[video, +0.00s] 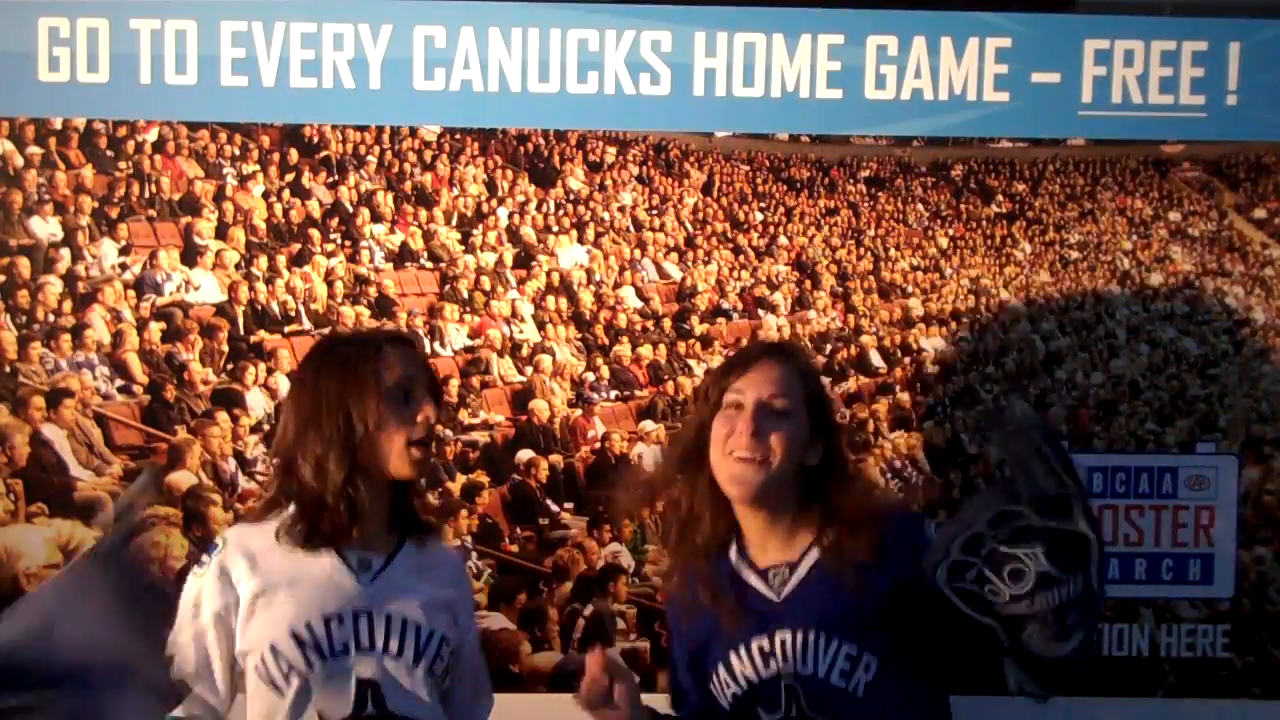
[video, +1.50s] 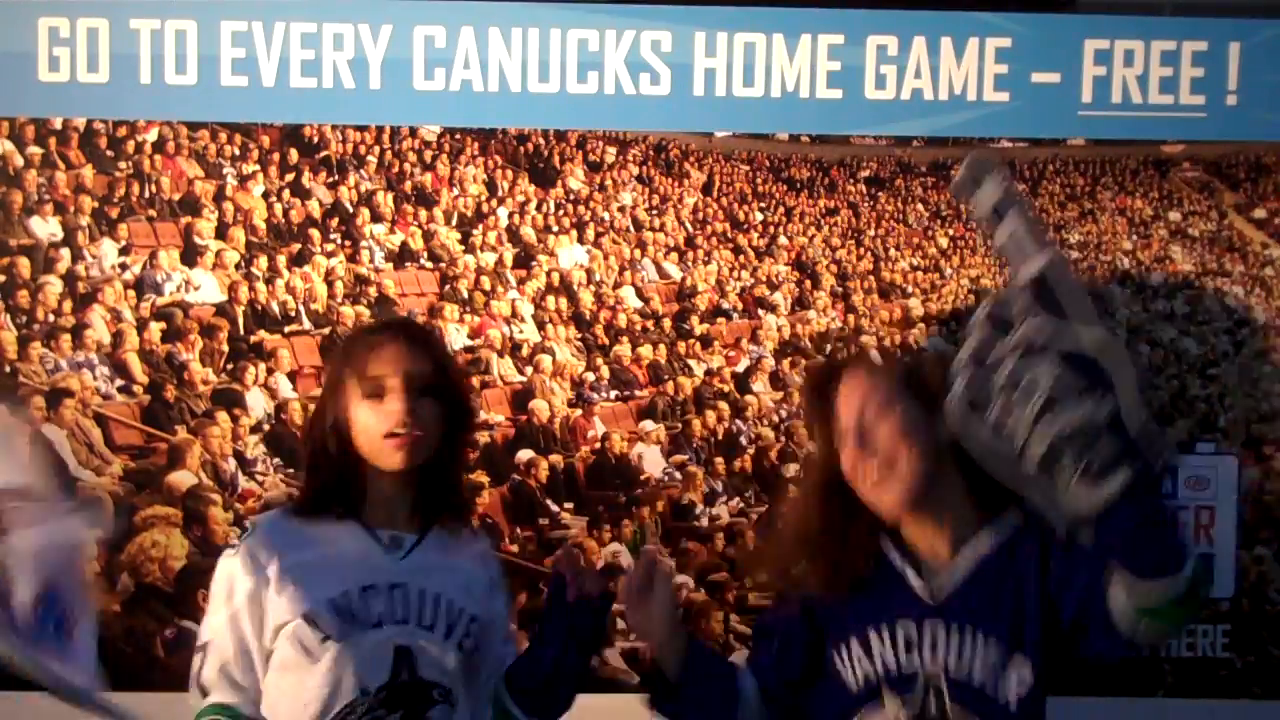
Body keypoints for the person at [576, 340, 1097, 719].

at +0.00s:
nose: (746, 431)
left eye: (774, 414)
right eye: (730, 409)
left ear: (814, 445)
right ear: (705, 432)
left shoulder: (895, 550)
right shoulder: (691, 589)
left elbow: (977, 678)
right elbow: (698, 717)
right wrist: (634, 714)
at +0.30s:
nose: (742, 434)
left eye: (766, 409)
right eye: (739, 417)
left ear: (841, 420)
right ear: (731, 438)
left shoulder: (924, 560)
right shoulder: (729, 563)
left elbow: (980, 698)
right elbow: (646, 684)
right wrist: (605, 588)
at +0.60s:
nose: (801, 381)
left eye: (833, 368)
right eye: (808, 363)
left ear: (901, 404)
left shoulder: (956, 534)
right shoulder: (750, 500)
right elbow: (675, 634)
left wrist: (1067, 668)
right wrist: (626, 525)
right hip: (757, 713)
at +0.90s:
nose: (839, 400)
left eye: (865, 389)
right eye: (827, 386)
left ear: (915, 422)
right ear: (805, 416)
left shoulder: (987, 534)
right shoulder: (781, 555)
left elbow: (1082, 648)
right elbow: (698, 679)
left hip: (971, 710)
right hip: (834, 709)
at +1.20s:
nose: (870, 446)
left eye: (892, 430)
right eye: (850, 422)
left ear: (916, 458)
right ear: (814, 442)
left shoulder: (974, 577)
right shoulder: (772, 565)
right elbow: (636, 617)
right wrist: (639, 476)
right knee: (570, 708)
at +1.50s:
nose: (864, 448)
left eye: (877, 418)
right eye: (847, 440)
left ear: (934, 416)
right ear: (840, 472)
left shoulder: (1047, 561)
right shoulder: (828, 591)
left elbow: (1157, 613)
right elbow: (760, 709)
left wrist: (1109, 470)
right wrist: (674, 652)